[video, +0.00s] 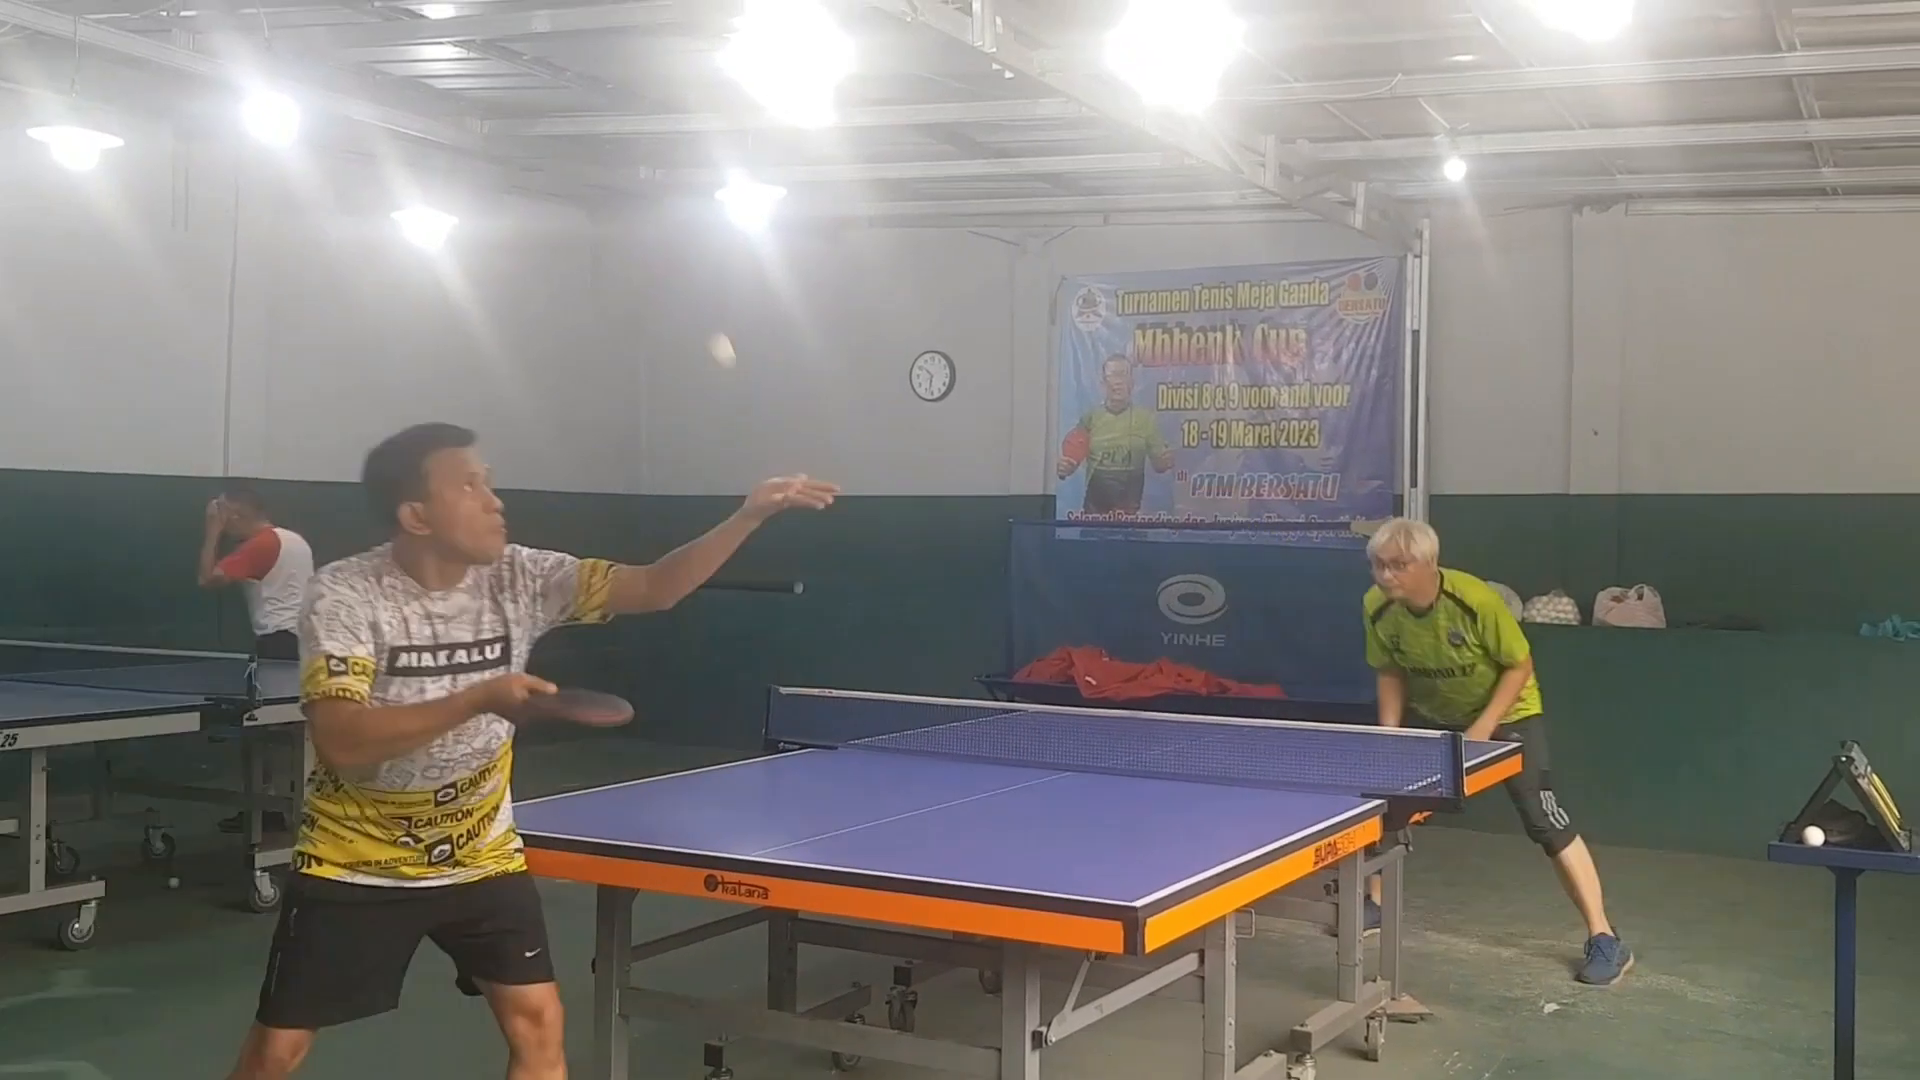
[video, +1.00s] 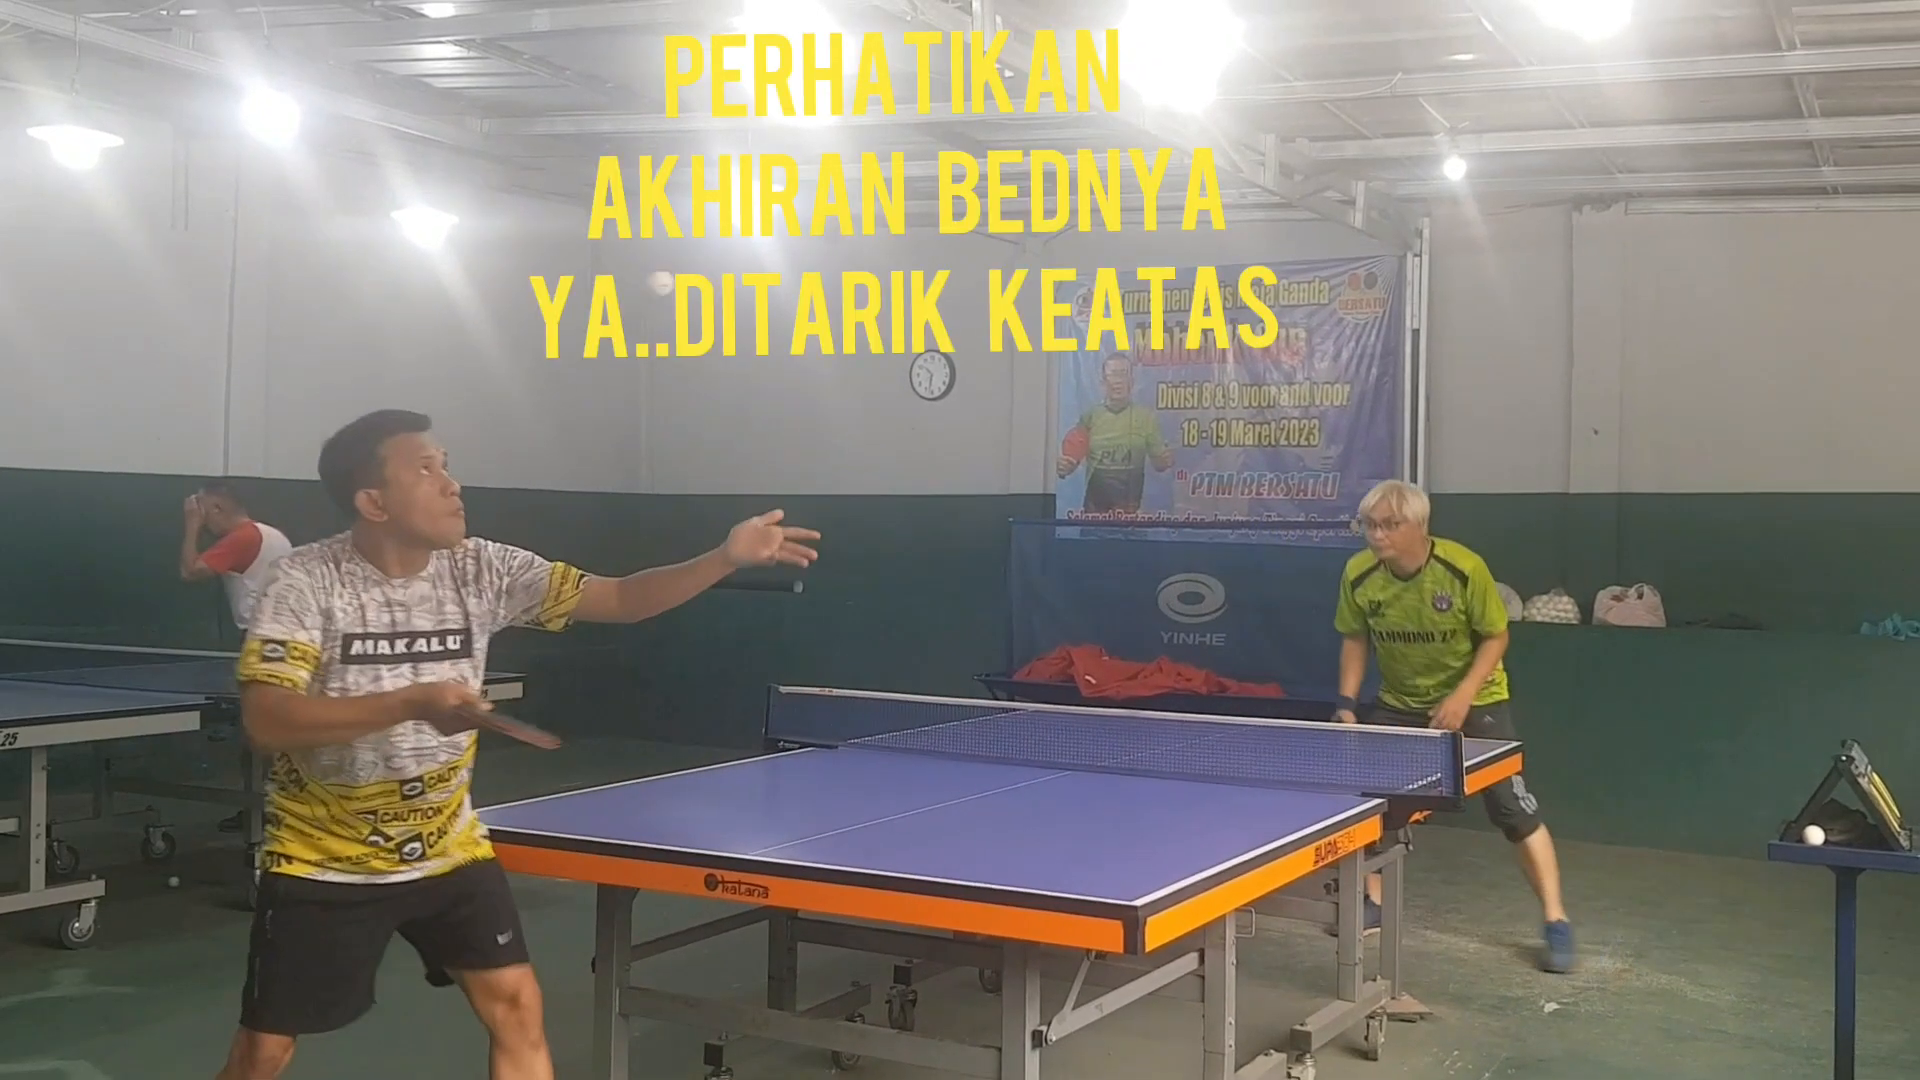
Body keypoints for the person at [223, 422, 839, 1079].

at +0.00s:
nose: (495, 498)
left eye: (489, 482)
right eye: (473, 487)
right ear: (413, 516)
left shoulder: (520, 578)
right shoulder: (348, 592)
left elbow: (653, 586)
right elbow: (340, 740)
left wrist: (752, 513)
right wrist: (477, 699)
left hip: (481, 854)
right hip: (355, 860)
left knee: (537, 1022)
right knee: (275, 1051)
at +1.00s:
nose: (453, 483)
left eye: (446, 468)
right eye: (429, 471)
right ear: (371, 502)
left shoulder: (482, 570)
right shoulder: (303, 582)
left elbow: (622, 597)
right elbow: (267, 719)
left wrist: (728, 556)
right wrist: (413, 702)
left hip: (446, 844)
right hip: (320, 856)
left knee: (515, 1003)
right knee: (263, 1053)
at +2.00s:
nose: (474, 498)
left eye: (470, 481)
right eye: (453, 485)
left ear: (464, 497)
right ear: (391, 509)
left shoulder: (498, 577)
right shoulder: (314, 563)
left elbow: (633, 606)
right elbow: (190, 624)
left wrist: (737, 562)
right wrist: (327, 615)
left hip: (431, 825)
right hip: (311, 840)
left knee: (540, 959)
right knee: (256, 1047)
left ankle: (443, 1071)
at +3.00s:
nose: (592, 563)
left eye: (596, 547)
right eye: (579, 545)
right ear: (518, 543)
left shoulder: (578, 612)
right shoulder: (442, 563)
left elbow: (685, 623)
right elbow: (325, 580)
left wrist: (698, 527)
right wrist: (444, 671)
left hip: (471, 855)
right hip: (358, 854)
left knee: (569, 1020)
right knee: (275, 1057)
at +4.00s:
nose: (693, 641)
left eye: (698, 626)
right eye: (692, 621)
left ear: (646, 614)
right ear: (648, 612)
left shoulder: (632, 687)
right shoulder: (517, 615)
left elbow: (715, 746)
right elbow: (385, 695)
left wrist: (730, 635)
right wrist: (466, 613)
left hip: (510, 897)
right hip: (411, 886)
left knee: (618, 1035)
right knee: (383, 1072)